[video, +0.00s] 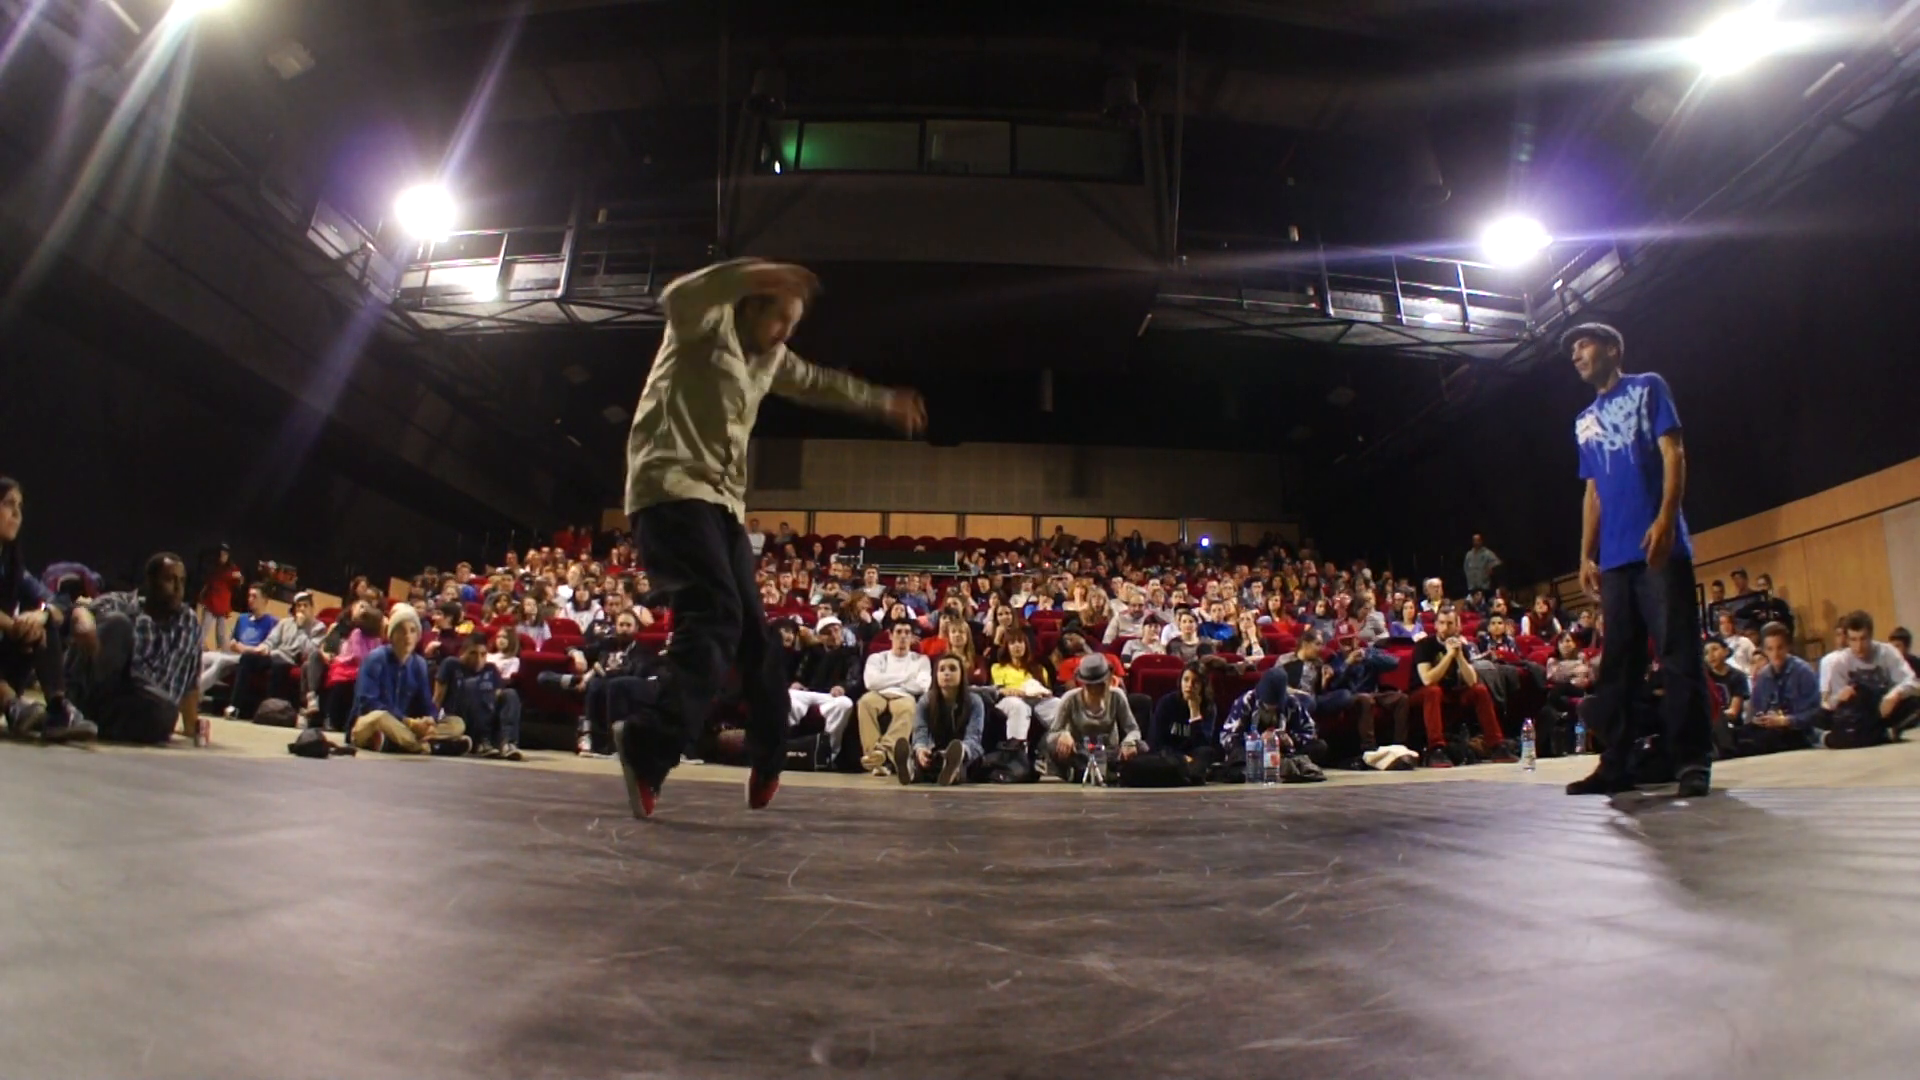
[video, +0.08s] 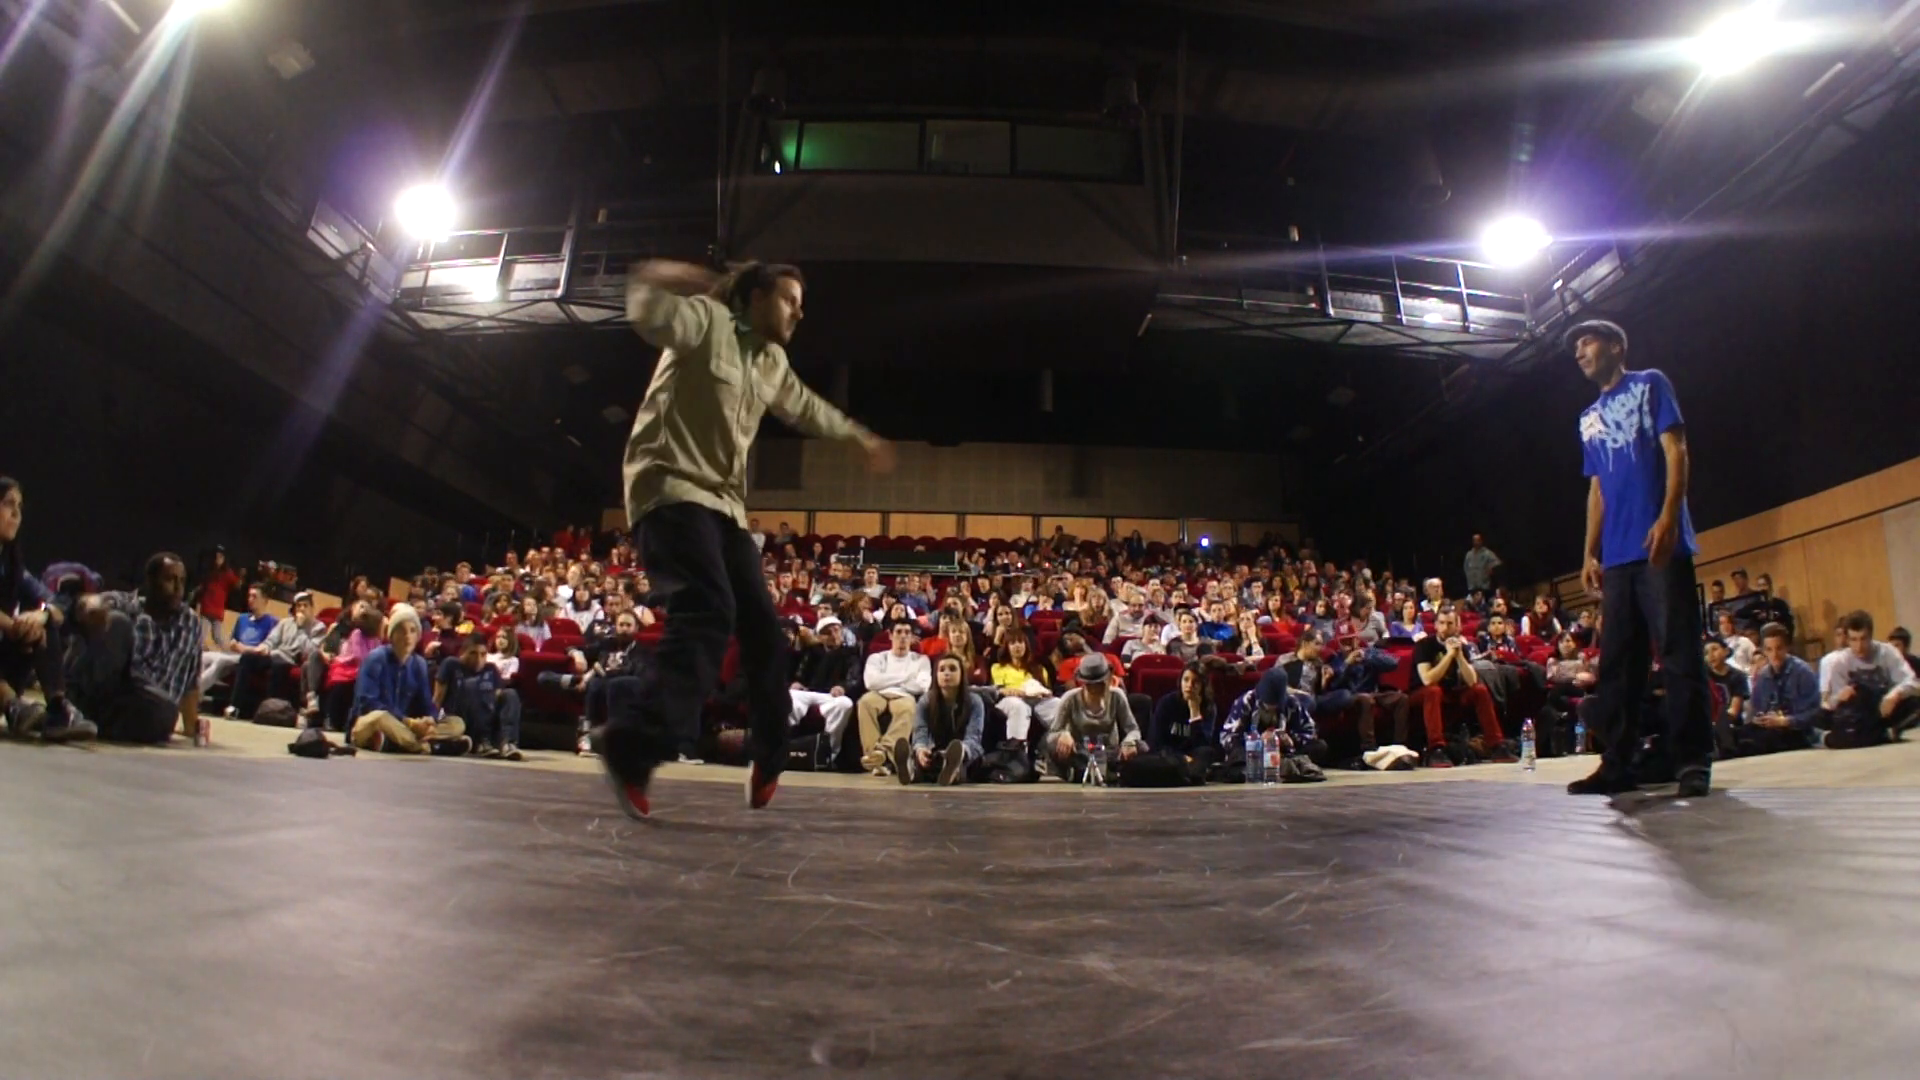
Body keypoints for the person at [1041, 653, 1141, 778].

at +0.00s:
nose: (1094, 690)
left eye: (1099, 685)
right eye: (1089, 685)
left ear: (1108, 680)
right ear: (1082, 683)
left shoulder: (1117, 696)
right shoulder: (1069, 699)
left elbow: (1133, 730)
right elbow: (1051, 736)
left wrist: (1129, 742)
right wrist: (1063, 735)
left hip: (1110, 756)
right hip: (1078, 756)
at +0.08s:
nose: (1094, 689)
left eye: (1099, 684)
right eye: (1088, 684)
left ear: (1107, 680)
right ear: (1082, 682)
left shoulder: (1117, 696)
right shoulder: (1069, 698)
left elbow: (1132, 729)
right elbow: (1051, 736)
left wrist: (1129, 742)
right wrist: (1063, 735)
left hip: (1110, 756)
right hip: (1078, 756)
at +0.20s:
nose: (1094, 688)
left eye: (1099, 683)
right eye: (1089, 684)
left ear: (1108, 679)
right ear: (1082, 681)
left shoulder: (1117, 696)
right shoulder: (1069, 698)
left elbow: (1132, 729)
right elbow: (1051, 736)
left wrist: (1129, 742)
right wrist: (1063, 734)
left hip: (1110, 754)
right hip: (1078, 755)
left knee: (1140, 748)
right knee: (1056, 748)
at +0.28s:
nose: (1094, 688)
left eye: (1099, 683)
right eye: (1089, 683)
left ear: (1107, 679)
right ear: (1083, 681)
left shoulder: (1117, 696)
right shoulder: (1069, 698)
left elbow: (1132, 729)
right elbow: (1052, 736)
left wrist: (1129, 741)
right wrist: (1063, 734)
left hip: (1110, 754)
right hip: (1078, 755)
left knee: (1140, 748)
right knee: (1056, 748)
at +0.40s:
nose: (1095, 687)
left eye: (1099, 681)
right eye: (1089, 682)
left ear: (1107, 678)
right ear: (1083, 681)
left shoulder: (1117, 696)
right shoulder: (1069, 698)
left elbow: (1132, 729)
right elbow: (1052, 736)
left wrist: (1129, 741)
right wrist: (1063, 734)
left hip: (1110, 754)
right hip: (1079, 755)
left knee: (1140, 748)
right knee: (1055, 747)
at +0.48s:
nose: (1094, 687)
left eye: (1099, 681)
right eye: (1089, 682)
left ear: (1108, 678)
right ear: (1083, 679)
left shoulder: (1117, 696)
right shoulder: (1069, 698)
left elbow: (1132, 729)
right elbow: (1052, 735)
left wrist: (1129, 741)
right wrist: (1063, 734)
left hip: (1109, 753)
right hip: (1078, 755)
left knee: (1140, 748)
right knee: (1055, 747)